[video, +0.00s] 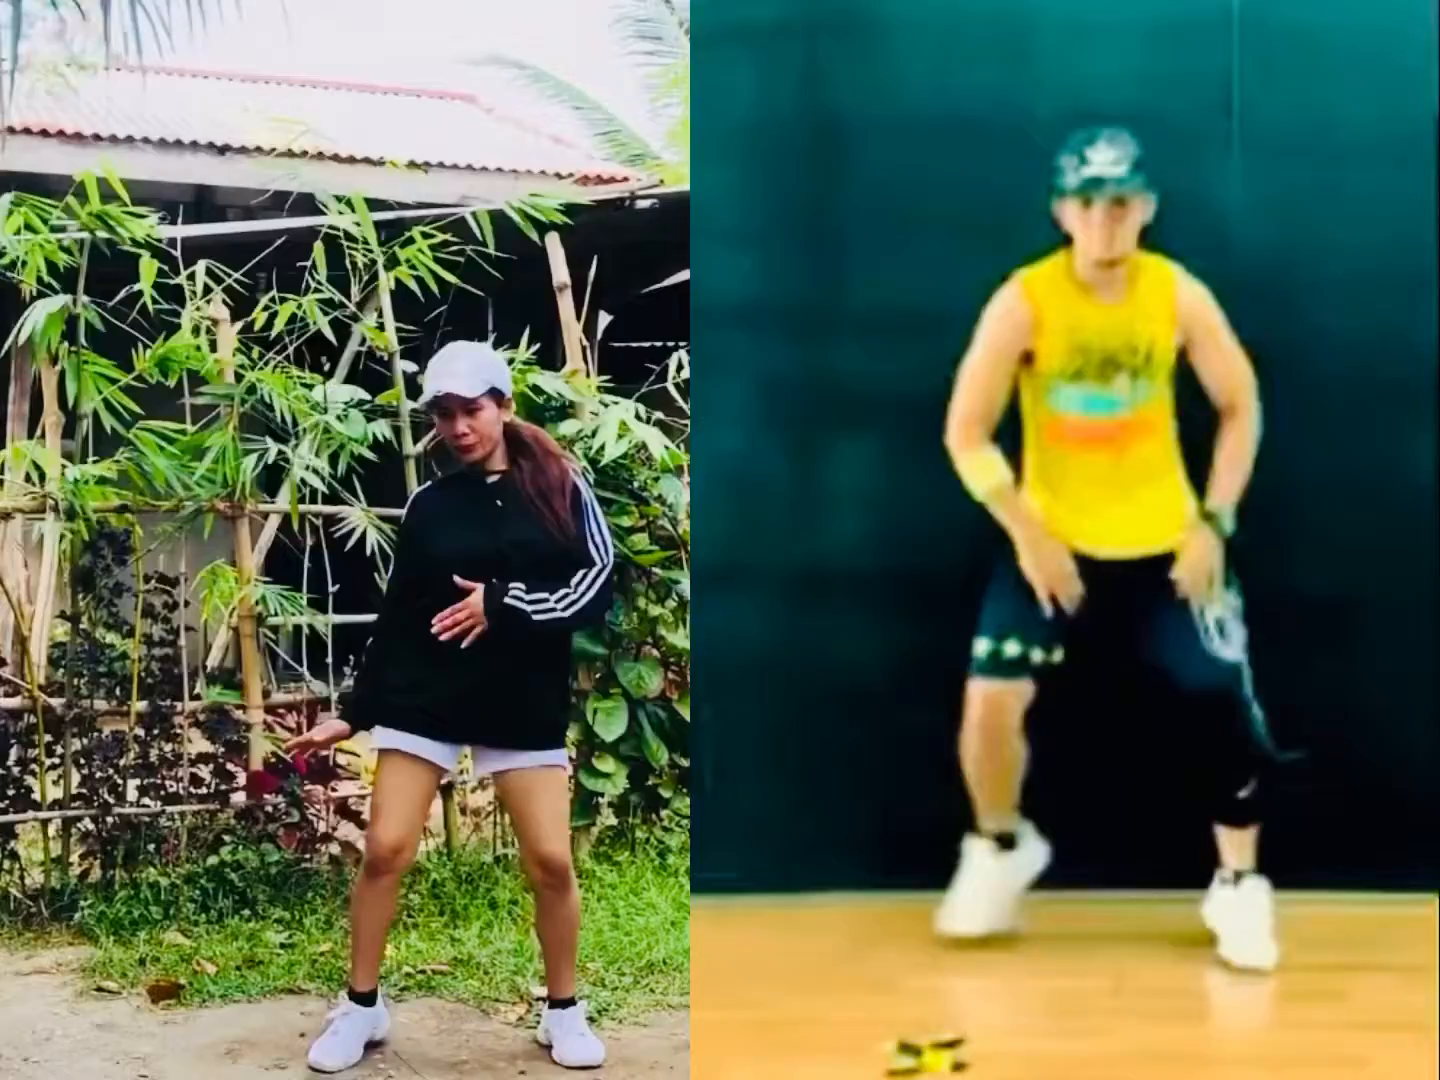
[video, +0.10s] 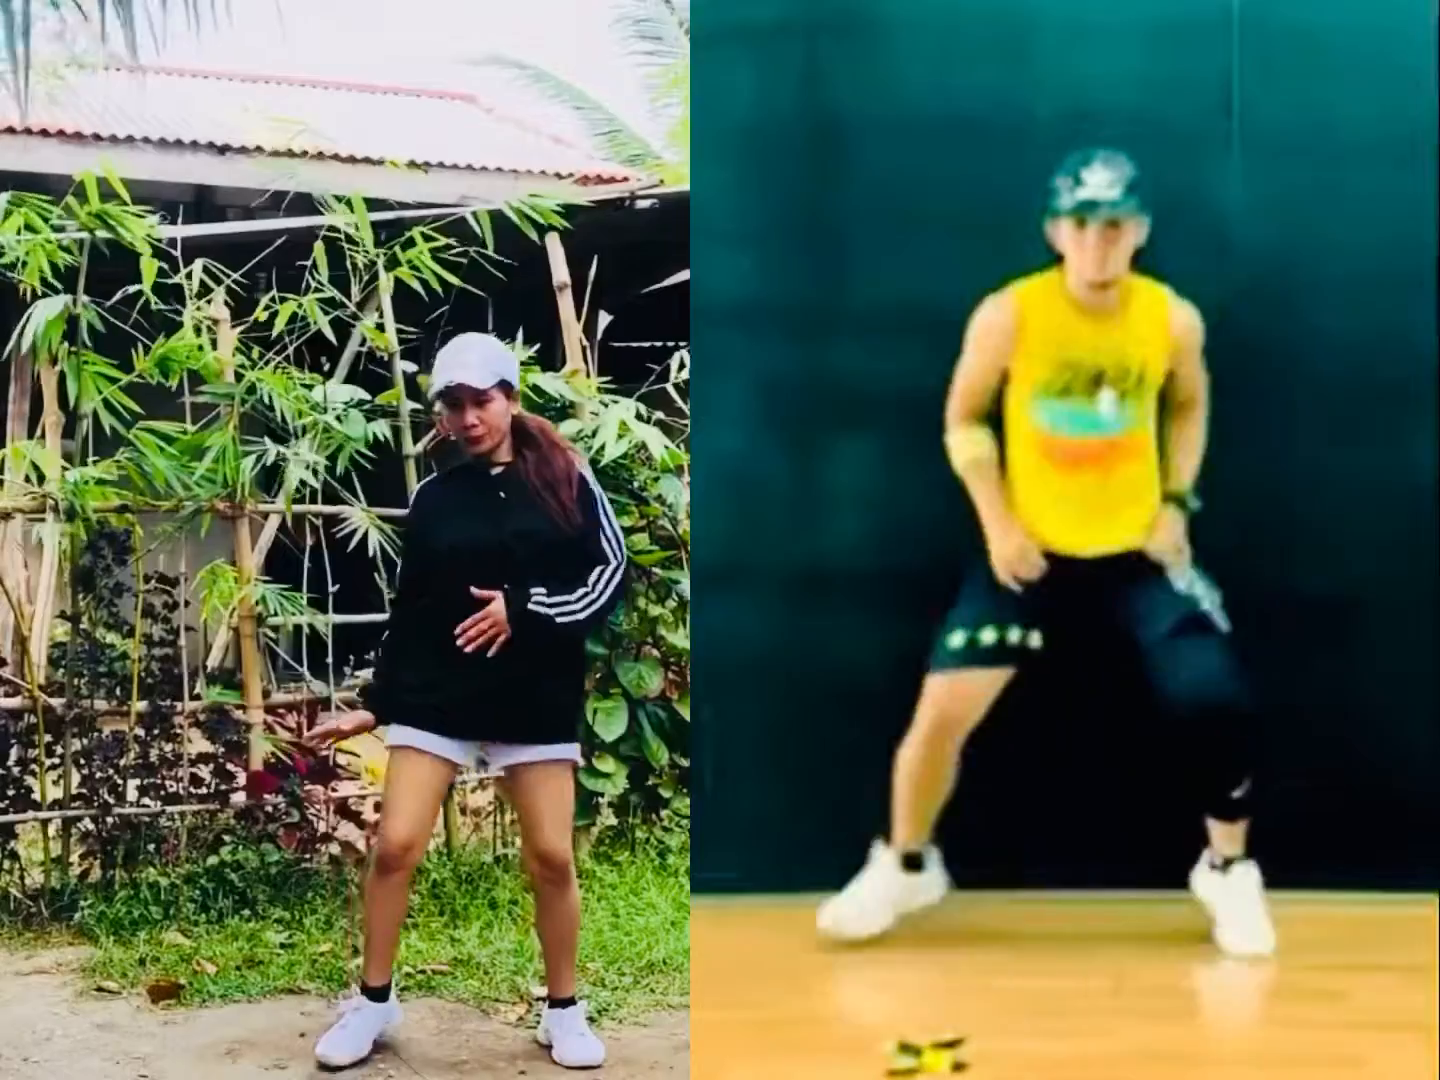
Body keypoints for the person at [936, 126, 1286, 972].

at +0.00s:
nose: (1108, 222)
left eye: (1123, 205)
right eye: (1091, 204)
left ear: (1146, 211)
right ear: (1063, 211)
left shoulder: (1179, 297)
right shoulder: (1022, 304)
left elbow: (1241, 408)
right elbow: (966, 435)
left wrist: (1212, 524)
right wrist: (1027, 532)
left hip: (1165, 530)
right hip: (1051, 531)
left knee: (1225, 704)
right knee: (991, 698)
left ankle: (1240, 883)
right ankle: (997, 849)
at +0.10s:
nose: (1100, 244)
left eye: (1116, 226)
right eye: (1084, 225)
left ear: (1140, 234)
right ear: (1056, 232)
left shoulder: (1174, 323)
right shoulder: (1008, 316)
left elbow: (1188, 409)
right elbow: (964, 422)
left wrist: (1177, 501)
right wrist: (999, 525)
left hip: (1138, 549)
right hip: (1030, 546)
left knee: (1213, 692)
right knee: (942, 710)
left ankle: (1229, 867)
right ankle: (905, 865)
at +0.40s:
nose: (1035, 229)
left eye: (1053, 212)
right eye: (1020, 210)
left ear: (1077, 217)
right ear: (994, 212)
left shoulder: (1100, 311)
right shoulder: (939, 276)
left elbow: (1120, 414)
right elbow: (884, 373)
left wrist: (1086, 489)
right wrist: (888, 468)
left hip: (1041, 538)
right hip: (933, 533)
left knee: (1101, 675)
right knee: (884, 685)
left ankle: (1139, 852)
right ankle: (856, 871)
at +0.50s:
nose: (1015, 215)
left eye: (1033, 197)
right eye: (1001, 194)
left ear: (1058, 201)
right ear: (975, 195)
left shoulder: (1086, 293)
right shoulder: (921, 258)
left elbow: (1121, 372)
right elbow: (826, 309)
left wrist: (1114, 433)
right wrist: (859, 367)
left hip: (1025, 502)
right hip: (922, 494)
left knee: (1059, 642)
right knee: (889, 658)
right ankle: (860, 852)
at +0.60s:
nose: (992, 240)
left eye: (1010, 222)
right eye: (977, 221)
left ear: (1033, 226)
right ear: (951, 222)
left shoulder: (1064, 318)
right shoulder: (903, 284)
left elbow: (1116, 422)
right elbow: (776, 303)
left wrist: (1216, 440)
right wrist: (825, 311)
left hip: (1010, 537)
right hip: (912, 525)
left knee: (979, 703)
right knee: (895, 691)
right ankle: (862, 877)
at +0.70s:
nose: (993, 256)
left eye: (1010, 238)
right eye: (978, 237)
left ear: (1034, 236)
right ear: (953, 236)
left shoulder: (1064, 308)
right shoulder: (914, 293)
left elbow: (1140, 398)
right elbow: (792, 319)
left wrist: (1224, 456)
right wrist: (749, 353)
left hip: (1004, 550)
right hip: (909, 546)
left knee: (982, 698)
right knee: (887, 723)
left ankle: (906, 859)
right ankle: (869, 886)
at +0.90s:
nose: (1022, 238)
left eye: (1038, 220)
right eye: (1007, 220)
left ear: (1062, 223)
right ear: (982, 220)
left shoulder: (1087, 312)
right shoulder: (940, 275)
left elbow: (1091, 412)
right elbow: (921, 378)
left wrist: (1177, 392)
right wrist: (893, 353)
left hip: (1065, 543)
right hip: (954, 550)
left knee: (1171, 649)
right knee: (879, 722)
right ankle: (881, 865)